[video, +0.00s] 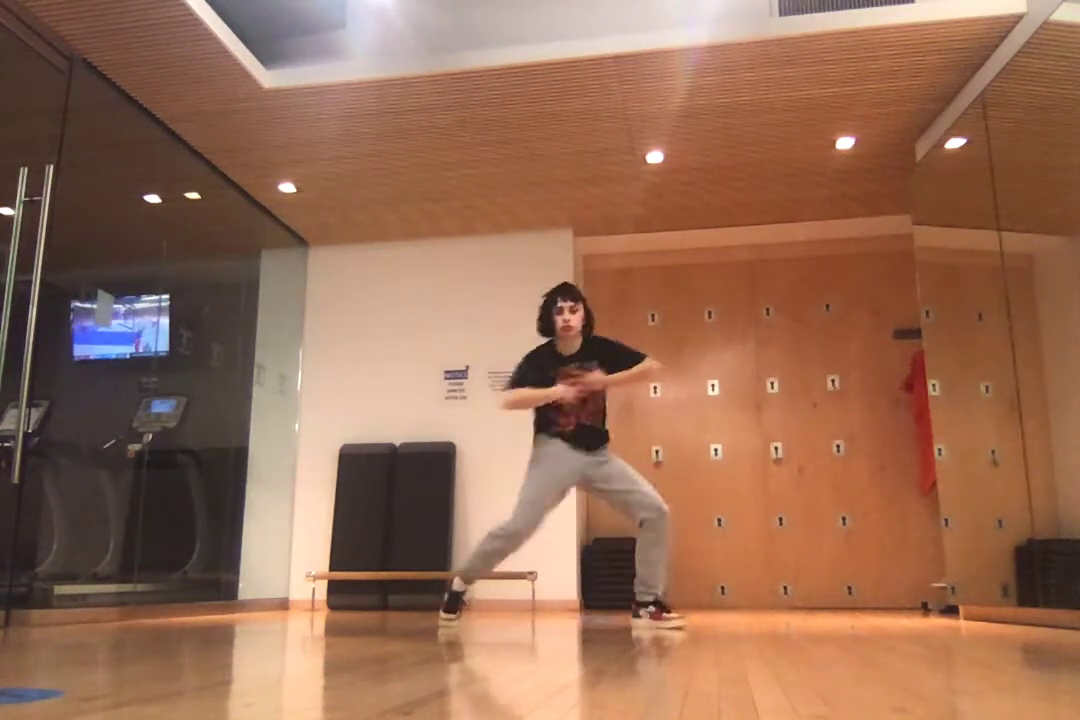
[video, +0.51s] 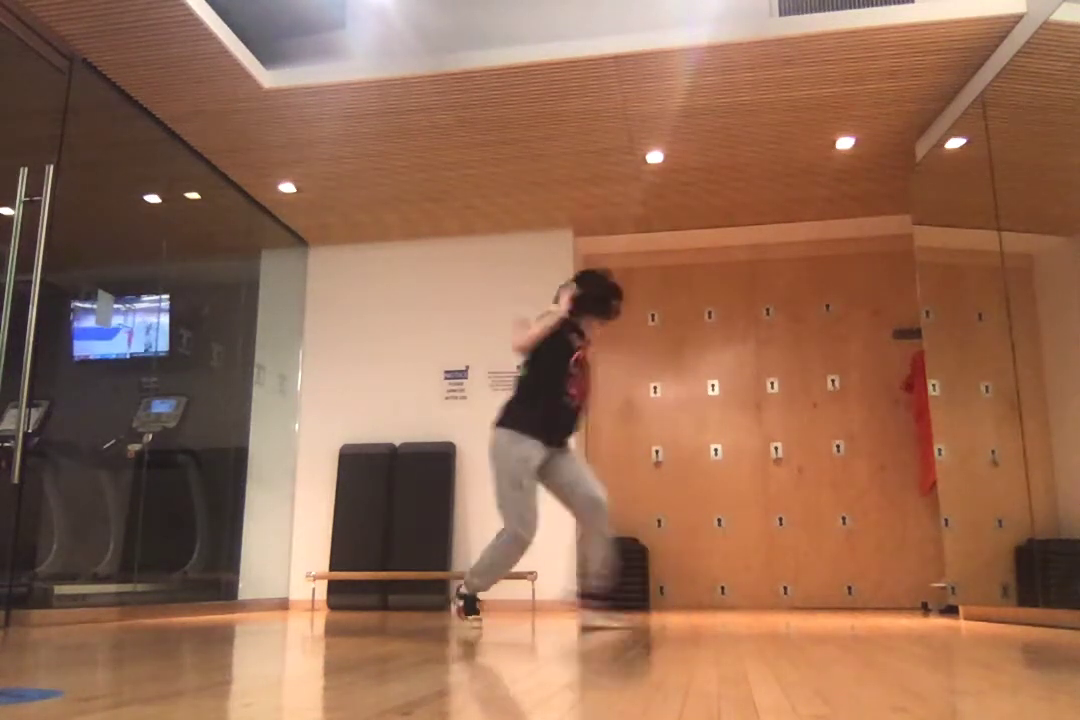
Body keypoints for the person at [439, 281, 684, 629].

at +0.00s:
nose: (567, 317)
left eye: (574, 310)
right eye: (559, 311)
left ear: (585, 315)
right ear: (549, 318)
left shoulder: (600, 349)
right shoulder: (540, 358)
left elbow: (652, 366)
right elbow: (510, 399)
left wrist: (605, 381)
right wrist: (556, 393)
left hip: (597, 456)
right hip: (554, 454)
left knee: (654, 512)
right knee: (521, 525)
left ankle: (647, 602)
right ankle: (459, 586)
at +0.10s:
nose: (585, 300)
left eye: (588, 293)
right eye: (576, 295)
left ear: (597, 301)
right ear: (563, 306)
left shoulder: (607, 340)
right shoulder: (560, 343)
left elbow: (632, 353)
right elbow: (544, 388)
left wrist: (620, 362)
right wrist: (588, 370)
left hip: (602, 452)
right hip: (566, 444)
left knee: (656, 514)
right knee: (526, 525)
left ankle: (647, 603)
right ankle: (463, 584)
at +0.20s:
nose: (610, 294)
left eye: (608, 288)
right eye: (603, 288)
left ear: (594, 296)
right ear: (584, 294)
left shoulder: (601, 337)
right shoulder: (576, 332)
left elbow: (585, 383)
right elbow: (553, 385)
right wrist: (601, 364)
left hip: (611, 447)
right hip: (573, 441)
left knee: (659, 514)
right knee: (526, 516)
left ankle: (650, 604)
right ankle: (468, 582)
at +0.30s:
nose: (607, 305)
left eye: (606, 298)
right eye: (603, 299)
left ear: (582, 300)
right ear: (590, 301)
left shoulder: (596, 339)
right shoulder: (572, 334)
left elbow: (573, 382)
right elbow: (555, 378)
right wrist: (603, 356)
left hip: (611, 446)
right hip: (574, 441)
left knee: (652, 514)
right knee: (537, 525)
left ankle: (650, 604)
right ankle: (474, 584)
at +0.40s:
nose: (609, 306)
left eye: (608, 299)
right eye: (604, 299)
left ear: (584, 300)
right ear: (587, 301)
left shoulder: (593, 337)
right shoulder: (562, 331)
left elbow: (589, 383)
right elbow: (541, 372)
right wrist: (589, 351)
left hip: (598, 450)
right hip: (562, 444)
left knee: (635, 513)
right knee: (539, 531)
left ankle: (648, 603)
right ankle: (474, 587)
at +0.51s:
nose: (600, 326)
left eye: (605, 320)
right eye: (600, 317)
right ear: (584, 307)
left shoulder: (580, 343)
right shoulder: (552, 328)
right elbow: (521, 343)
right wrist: (559, 312)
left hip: (553, 445)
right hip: (518, 438)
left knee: (593, 504)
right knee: (520, 529)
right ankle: (468, 590)